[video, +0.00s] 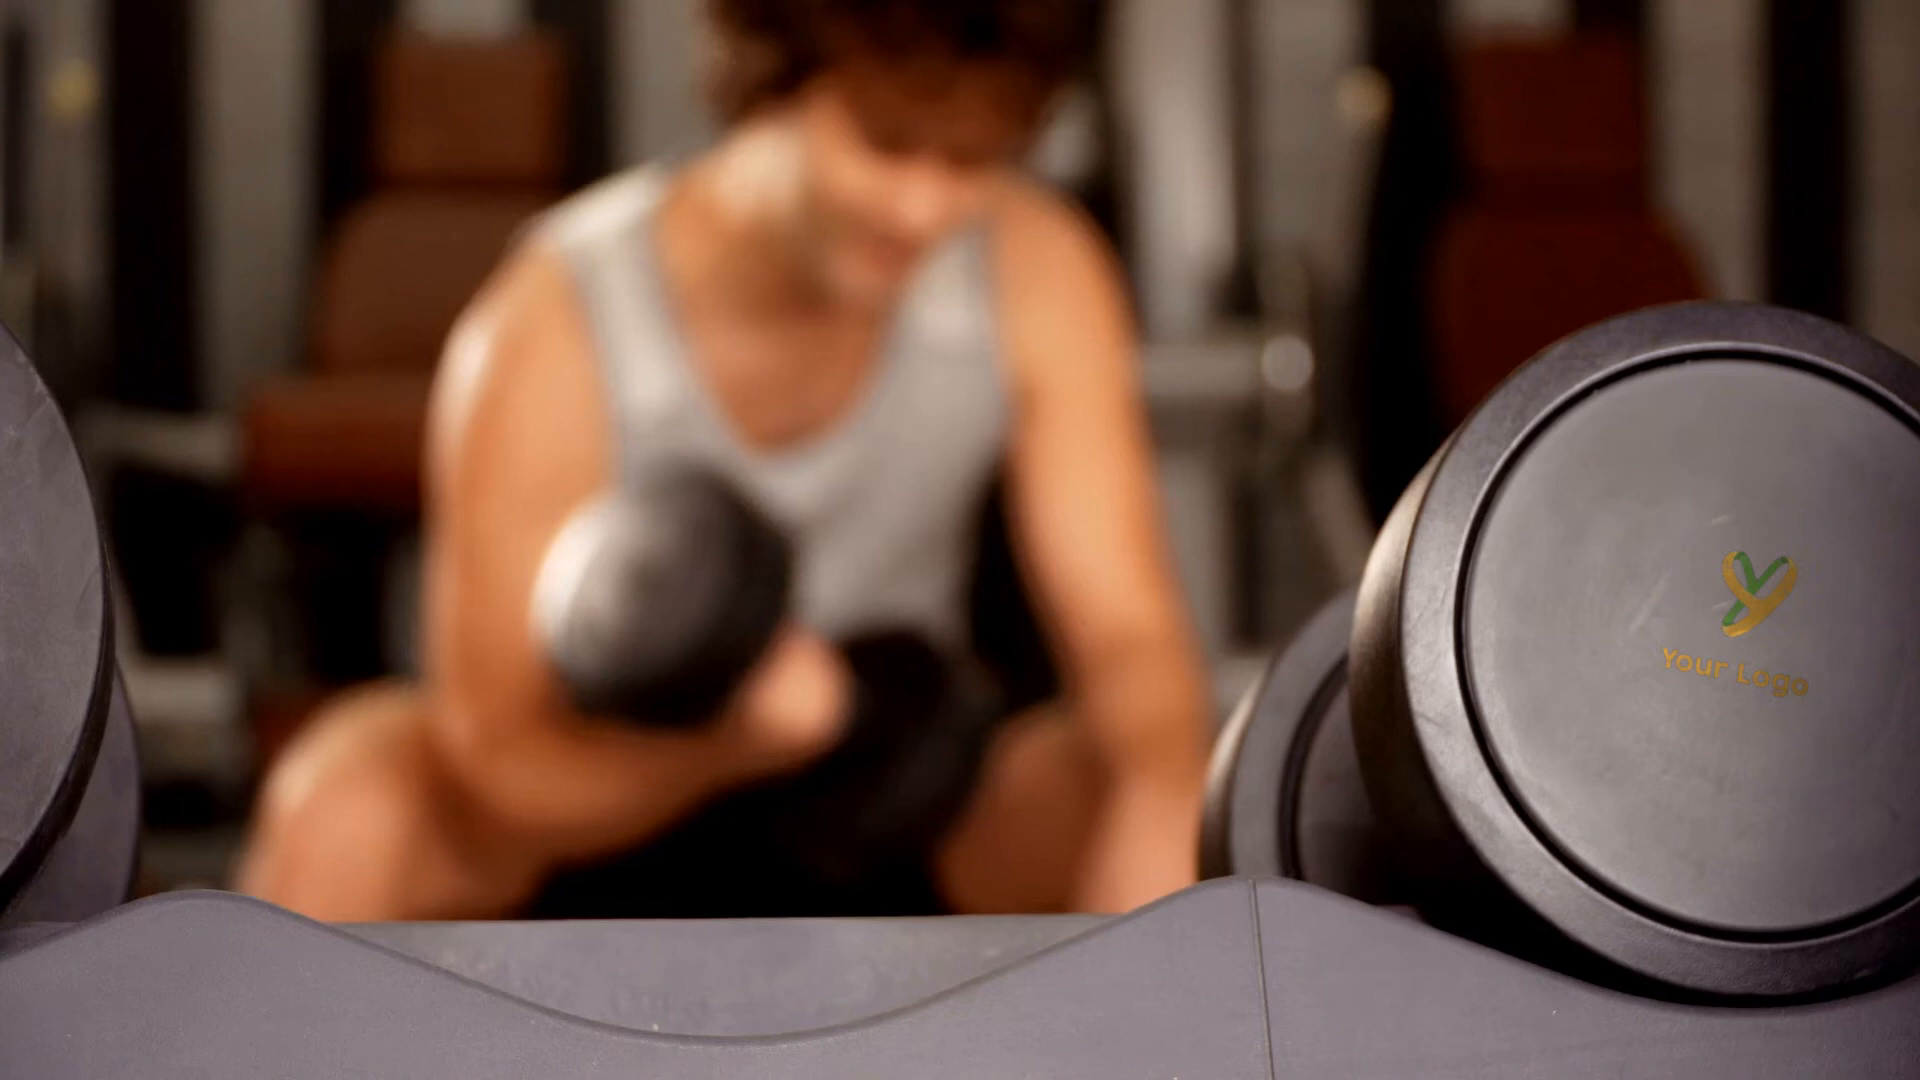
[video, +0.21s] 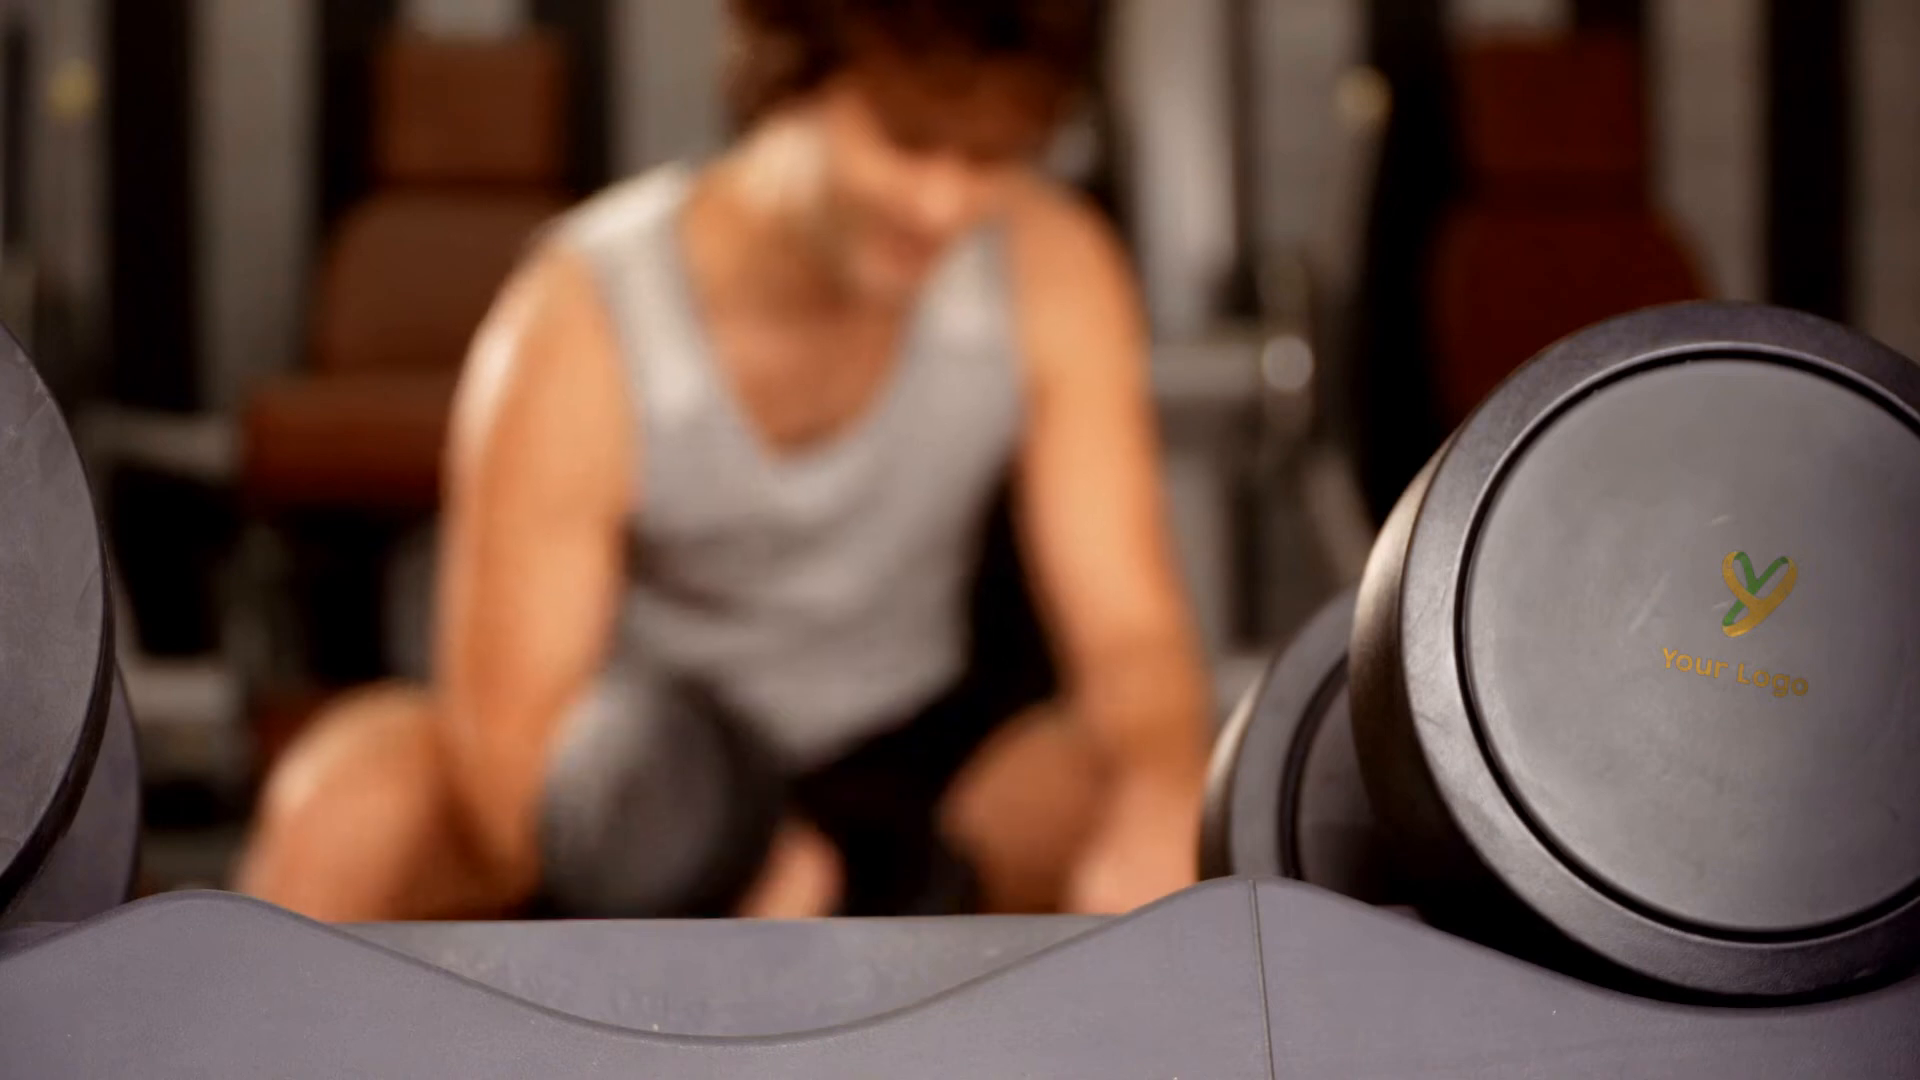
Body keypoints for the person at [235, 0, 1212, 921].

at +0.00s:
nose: (923, 208)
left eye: (975, 162)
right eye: (887, 143)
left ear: (1021, 147)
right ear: (777, 80)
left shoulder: (1031, 262)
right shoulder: (549, 324)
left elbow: (1129, 641)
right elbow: (511, 774)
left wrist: (1157, 825)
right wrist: (741, 740)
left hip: (883, 796)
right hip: (594, 809)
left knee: (1167, 801)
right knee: (345, 801)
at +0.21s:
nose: (943, 205)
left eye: (993, 159)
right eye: (907, 142)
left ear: (1038, 143)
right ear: (793, 81)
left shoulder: (1046, 262)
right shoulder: (580, 312)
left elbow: (1131, 643)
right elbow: (512, 747)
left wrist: (1154, 825)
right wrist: (743, 875)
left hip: (915, 769)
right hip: (640, 768)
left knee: (1173, 802)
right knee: (346, 789)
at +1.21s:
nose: (939, 327)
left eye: (988, 287)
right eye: (912, 269)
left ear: (1041, 239)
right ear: (825, 158)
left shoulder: (1057, 277)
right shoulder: (615, 356)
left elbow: (1130, 652)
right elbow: (503, 813)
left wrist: (1154, 834)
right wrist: (585, 1061)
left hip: (900, 787)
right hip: (627, 801)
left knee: (1156, 802)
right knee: (343, 789)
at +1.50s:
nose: (929, 298)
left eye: (980, 262)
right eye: (904, 241)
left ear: (1041, 219)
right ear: (826, 134)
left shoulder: (1057, 260)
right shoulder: (602, 316)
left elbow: (1133, 643)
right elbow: (511, 755)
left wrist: (1172, 839)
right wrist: (674, 956)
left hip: (902, 777)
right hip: (628, 790)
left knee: (1190, 806)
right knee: (367, 784)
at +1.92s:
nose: (895, 306)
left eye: (939, 267)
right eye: (872, 250)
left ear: (995, 215)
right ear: (782, 143)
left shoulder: (1020, 264)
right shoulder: (505, 316)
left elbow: (1126, 644)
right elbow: (521, 756)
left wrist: (1171, 877)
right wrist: (733, 725)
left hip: (894, 780)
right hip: (593, 794)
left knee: (1174, 806)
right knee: (359, 792)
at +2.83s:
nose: (916, 282)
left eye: (970, 240)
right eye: (889, 220)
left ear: (1024, 192)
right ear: (805, 120)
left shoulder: (1052, 262)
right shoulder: (584, 314)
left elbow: (1133, 641)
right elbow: (519, 791)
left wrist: (1207, 826)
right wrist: (678, 1040)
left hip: (901, 778)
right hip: (624, 789)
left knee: (1192, 815)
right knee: (363, 798)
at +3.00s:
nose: (923, 296)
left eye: (976, 253)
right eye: (896, 233)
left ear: (1032, 206)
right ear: (810, 134)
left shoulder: (1056, 266)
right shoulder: (596, 334)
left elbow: (1137, 643)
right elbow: (523, 804)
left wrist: (1210, 828)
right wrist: (604, 1060)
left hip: (901, 779)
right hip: (626, 792)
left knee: (1193, 816)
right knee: (365, 801)